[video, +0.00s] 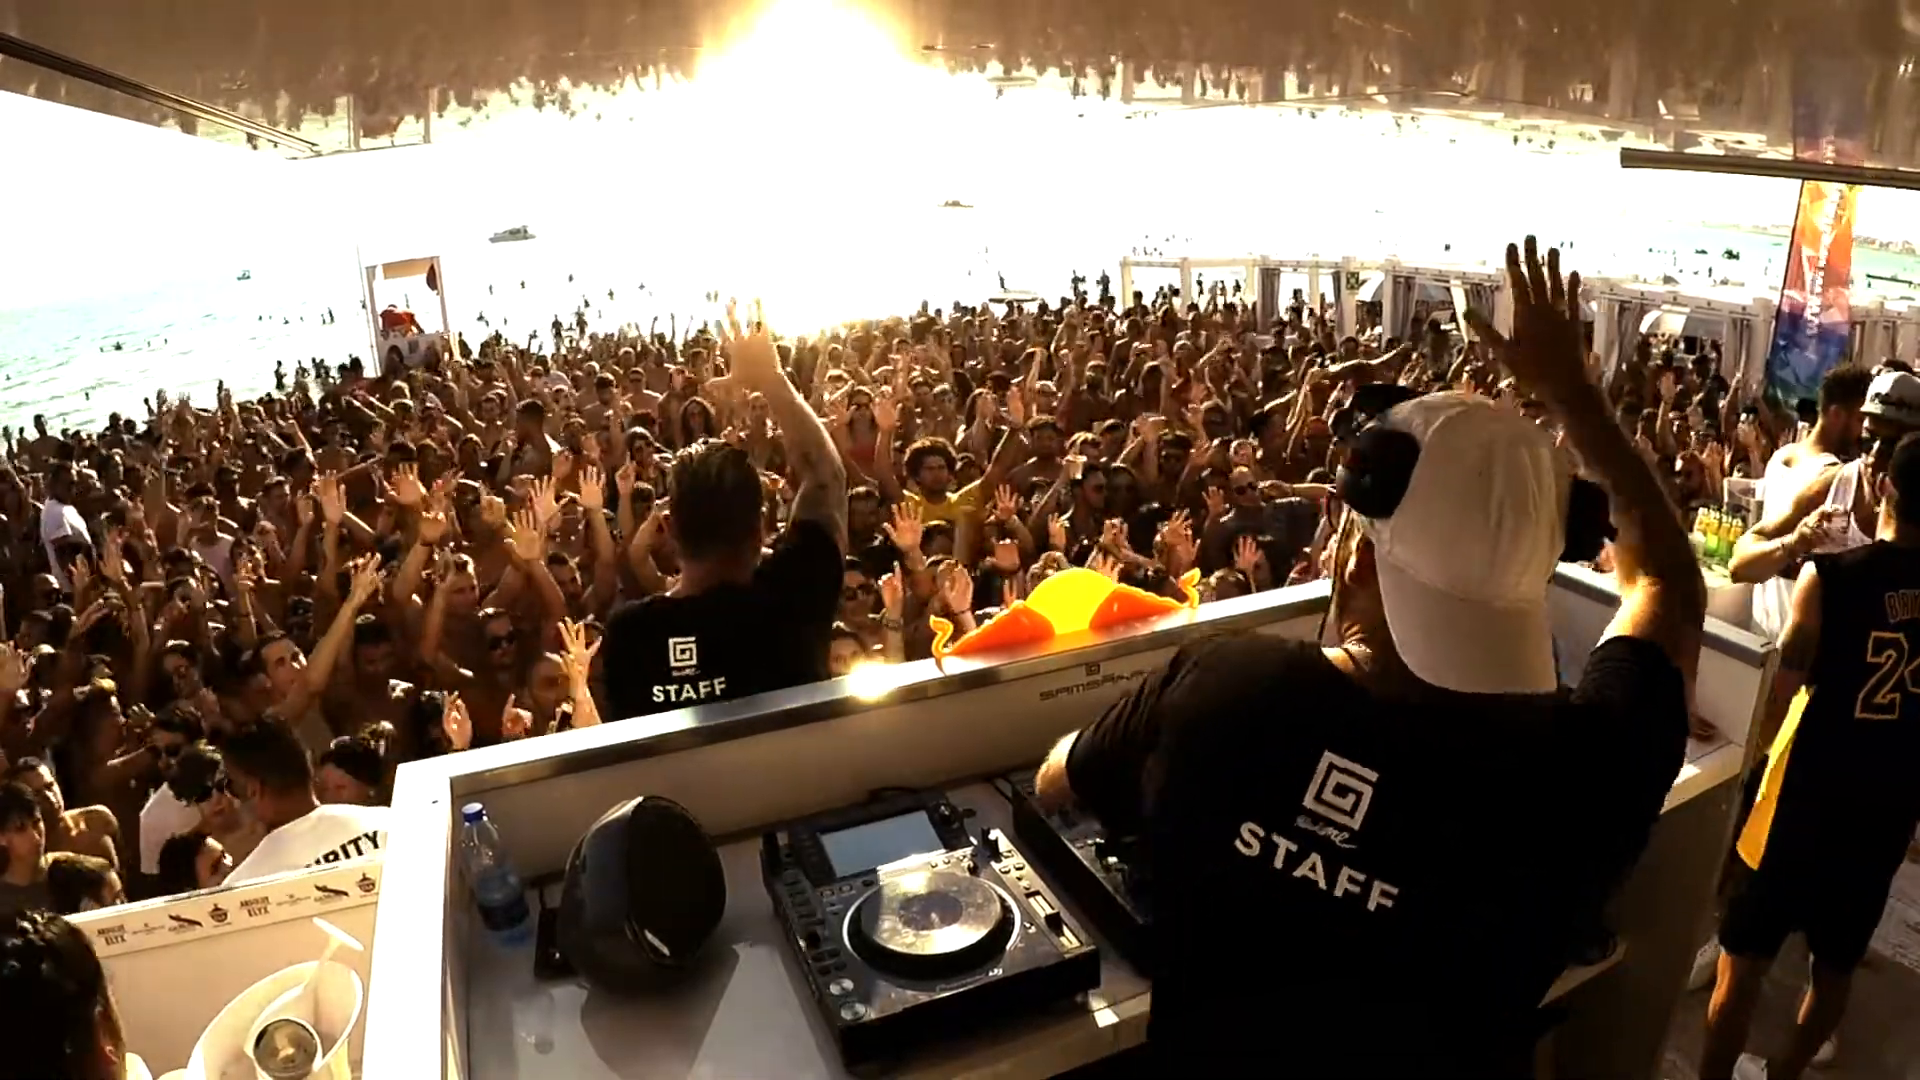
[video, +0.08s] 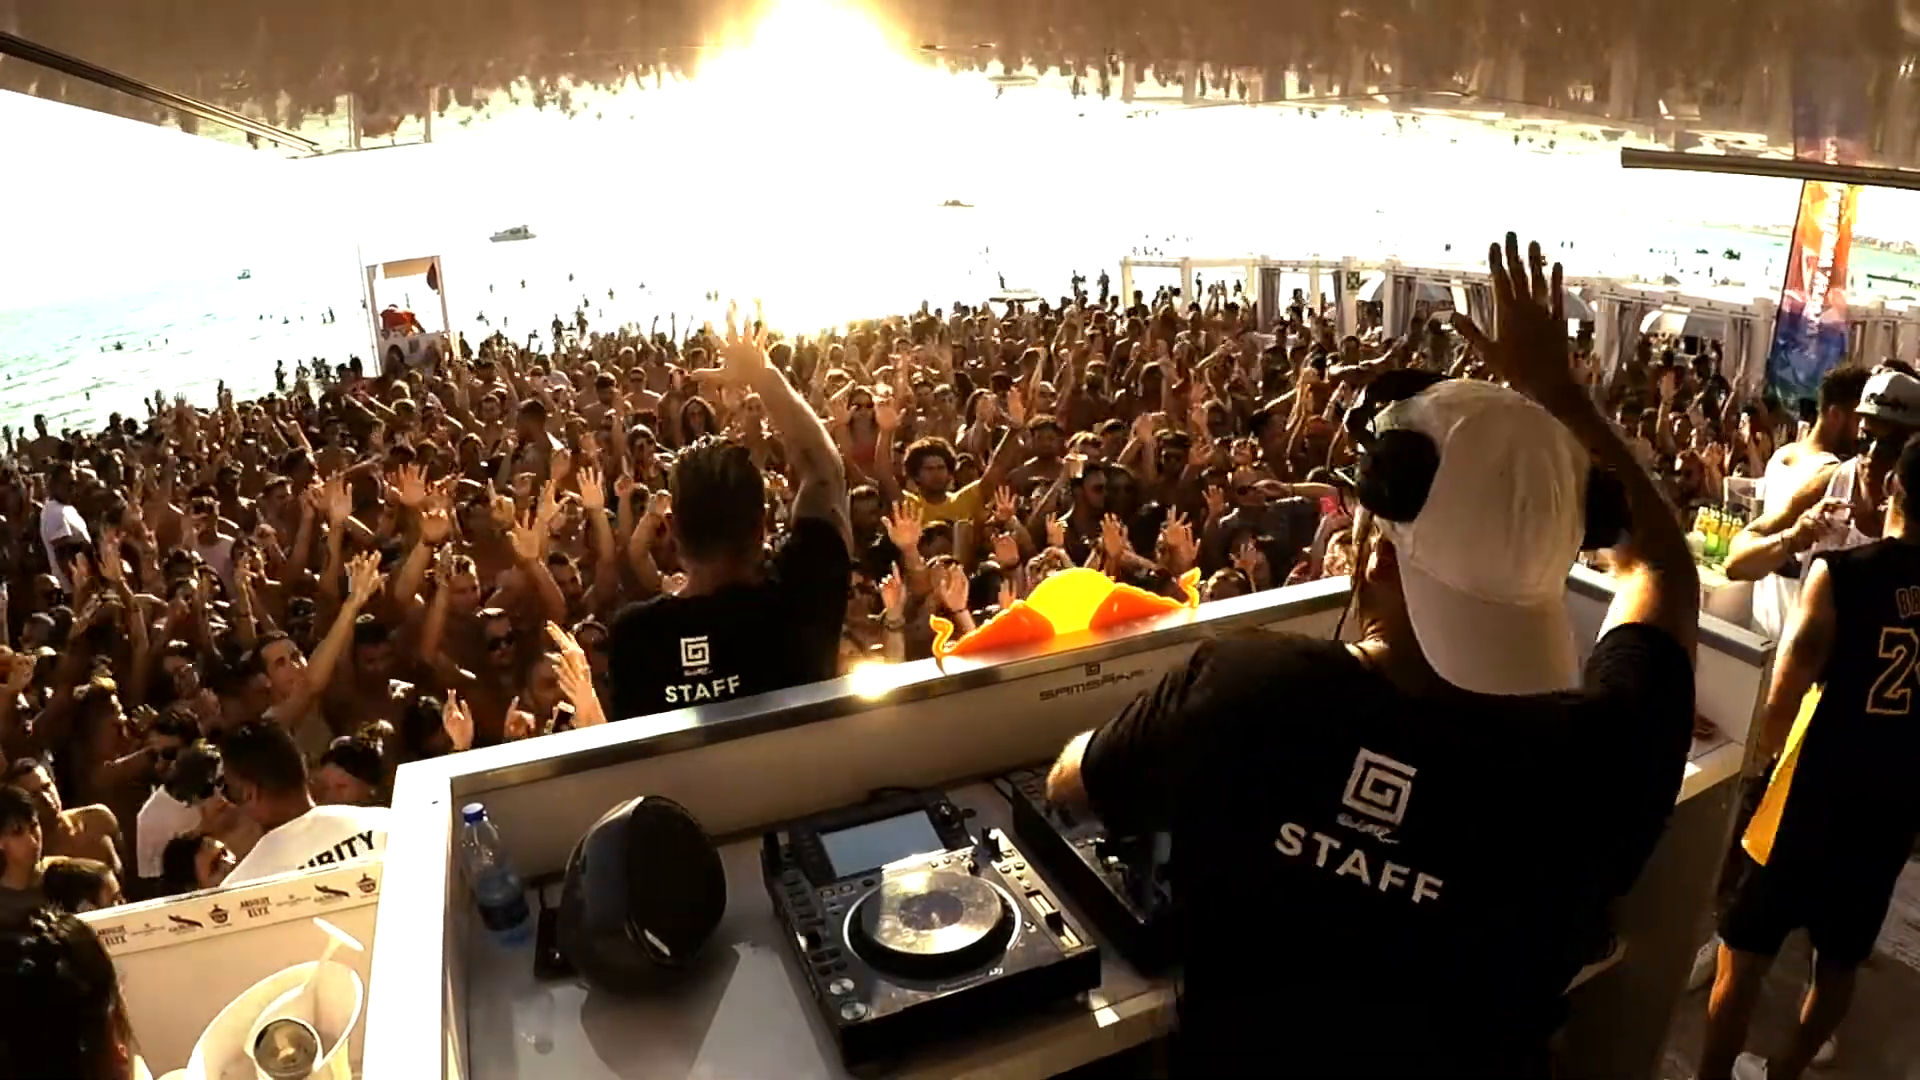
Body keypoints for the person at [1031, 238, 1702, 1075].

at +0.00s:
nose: (1334, 541)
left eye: (1347, 522)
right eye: (1351, 520)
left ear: (1357, 557)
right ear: (1523, 586)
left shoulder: (1215, 688)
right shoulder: (1579, 782)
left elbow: (1054, 784)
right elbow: (1667, 582)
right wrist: (1570, 385)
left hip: (1199, 1049)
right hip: (1446, 1069)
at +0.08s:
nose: (1357, 525)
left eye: (1369, 510)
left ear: (1383, 559)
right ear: (1554, 570)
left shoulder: (1240, 692)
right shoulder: (1596, 777)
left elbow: (1067, 788)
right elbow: (1658, 561)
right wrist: (1561, 391)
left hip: (1231, 1061)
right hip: (1475, 1078)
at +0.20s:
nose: (1390, 525)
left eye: (1402, 510)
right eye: (1404, 502)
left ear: (1422, 557)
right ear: (1576, 567)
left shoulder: (1298, 698)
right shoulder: (1643, 762)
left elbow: (1094, 790)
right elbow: (1650, 554)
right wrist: (1543, 404)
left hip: (1283, 1053)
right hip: (1520, 1066)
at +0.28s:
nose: (1422, 517)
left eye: (1435, 504)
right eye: (1434, 496)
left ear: (1457, 563)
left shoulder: (1330, 693)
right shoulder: (1676, 758)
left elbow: (1109, 788)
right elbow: (1665, 540)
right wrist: (1540, 385)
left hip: (1314, 1059)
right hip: (1541, 1072)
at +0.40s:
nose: (1474, 495)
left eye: (1489, 483)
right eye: (1486, 475)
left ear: (1521, 543)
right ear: (1663, 536)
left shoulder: (1385, 678)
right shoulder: (1717, 725)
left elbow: (1158, 786)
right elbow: (1671, 515)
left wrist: (1133, 750)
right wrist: (1542, 351)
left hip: (1368, 1054)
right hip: (1588, 1063)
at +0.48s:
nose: (1501, 471)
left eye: (1518, 458)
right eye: (1513, 452)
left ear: (1559, 514)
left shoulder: (1422, 664)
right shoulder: (1746, 689)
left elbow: (1185, 770)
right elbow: (1674, 482)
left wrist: (1143, 750)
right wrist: (1549, 336)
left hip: (1393, 1049)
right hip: (1598, 1058)